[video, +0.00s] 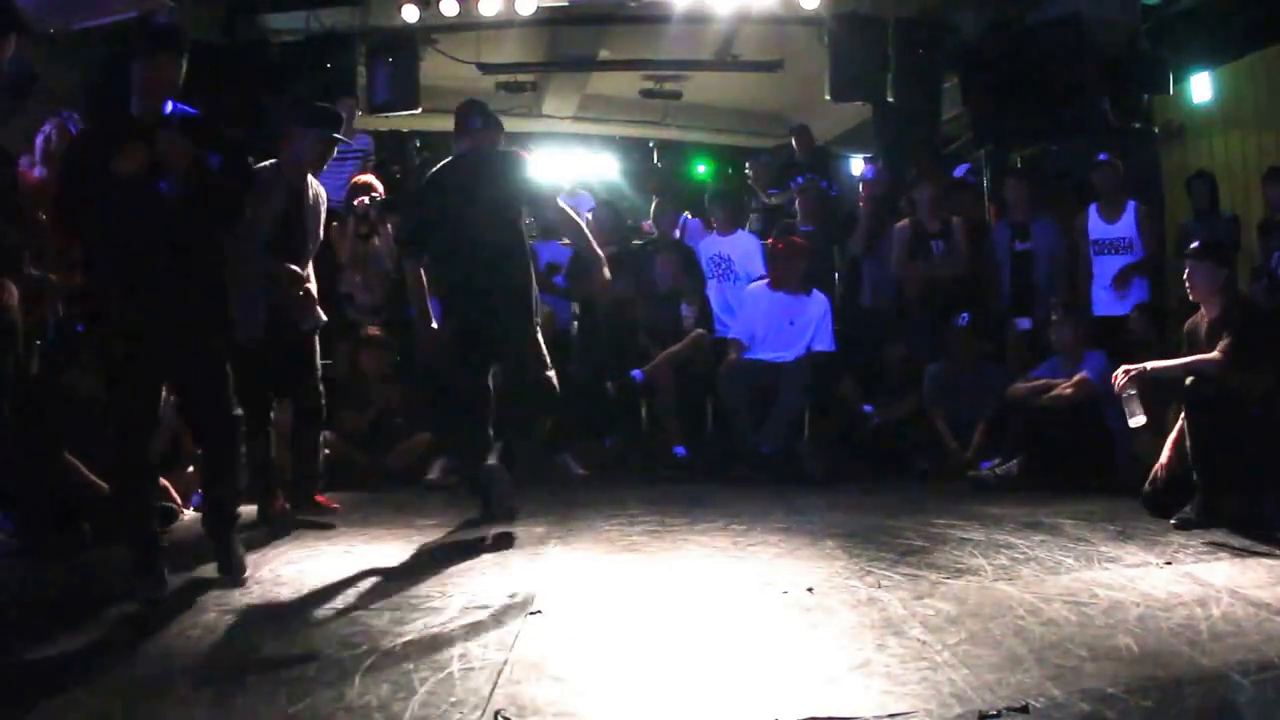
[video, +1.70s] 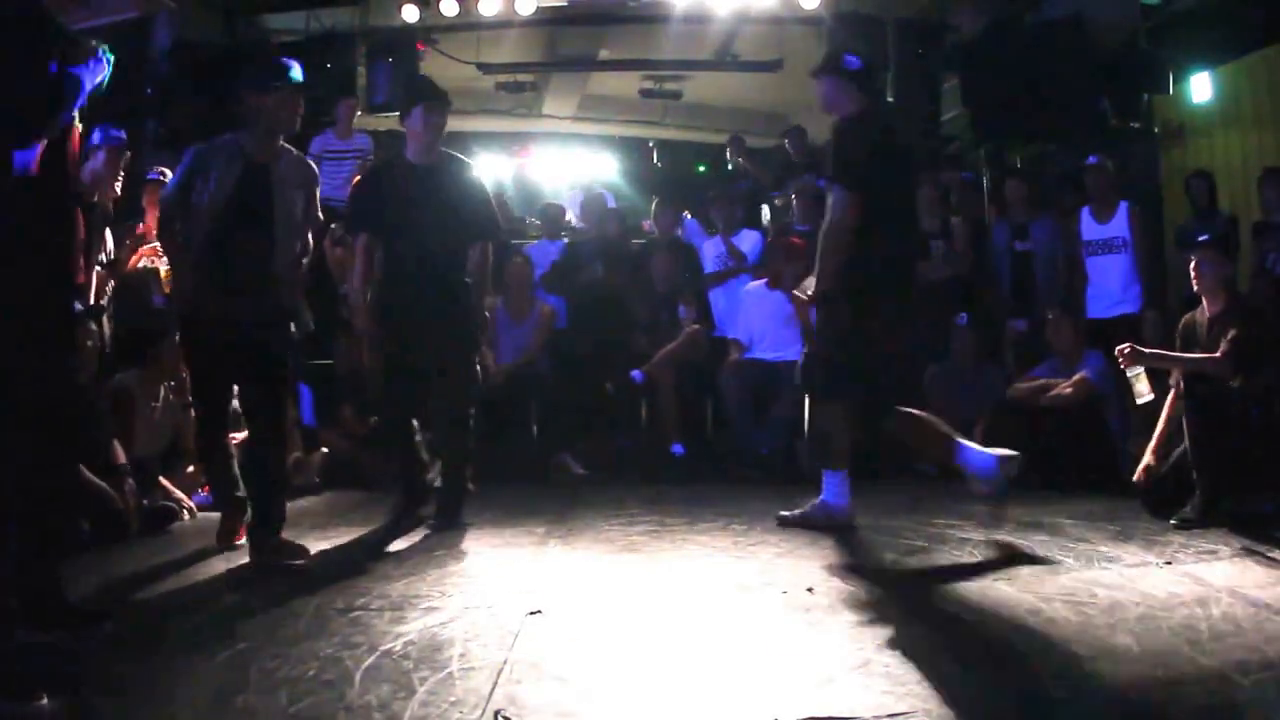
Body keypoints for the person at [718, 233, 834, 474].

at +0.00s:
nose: (781, 267)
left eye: (787, 261)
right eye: (778, 260)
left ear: (801, 265)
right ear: (771, 263)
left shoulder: (818, 302)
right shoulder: (754, 292)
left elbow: (822, 351)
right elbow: (739, 337)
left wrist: (803, 362)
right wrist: (733, 355)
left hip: (791, 364)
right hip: (755, 363)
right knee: (730, 374)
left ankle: (770, 448)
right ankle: (745, 447)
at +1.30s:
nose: (796, 269)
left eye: (800, 263)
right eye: (790, 262)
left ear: (805, 266)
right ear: (777, 264)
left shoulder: (816, 302)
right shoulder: (752, 292)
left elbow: (821, 351)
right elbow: (738, 339)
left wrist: (802, 360)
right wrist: (733, 357)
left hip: (790, 364)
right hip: (754, 363)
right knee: (730, 374)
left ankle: (778, 449)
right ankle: (747, 447)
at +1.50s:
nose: (794, 269)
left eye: (799, 263)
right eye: (788, 262)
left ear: (805, 266)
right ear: (776, 264)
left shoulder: (816, 301)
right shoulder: (753, 292)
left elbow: (821, 352)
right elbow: (740, 339)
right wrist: (733, 356)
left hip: (792, 361)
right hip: (756, 360)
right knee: (732, 376)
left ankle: (775, 450)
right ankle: (745, 448)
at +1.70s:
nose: (793, 268)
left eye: (796, 262)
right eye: (789, 260)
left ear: (802, 265)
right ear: (773, 262)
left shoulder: (805, 294)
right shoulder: (752, 292)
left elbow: (812, 339)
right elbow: (740, 338)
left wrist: (797, 305)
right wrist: (734, 355)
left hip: (791, 361)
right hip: (757, 360)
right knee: (731, 376)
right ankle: (744, 444)